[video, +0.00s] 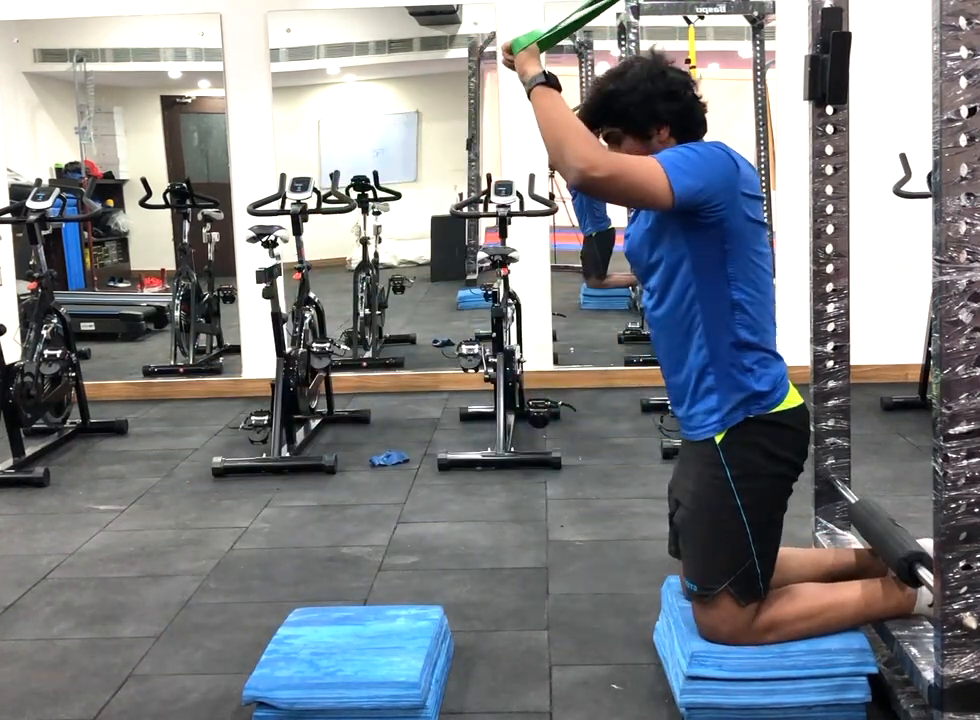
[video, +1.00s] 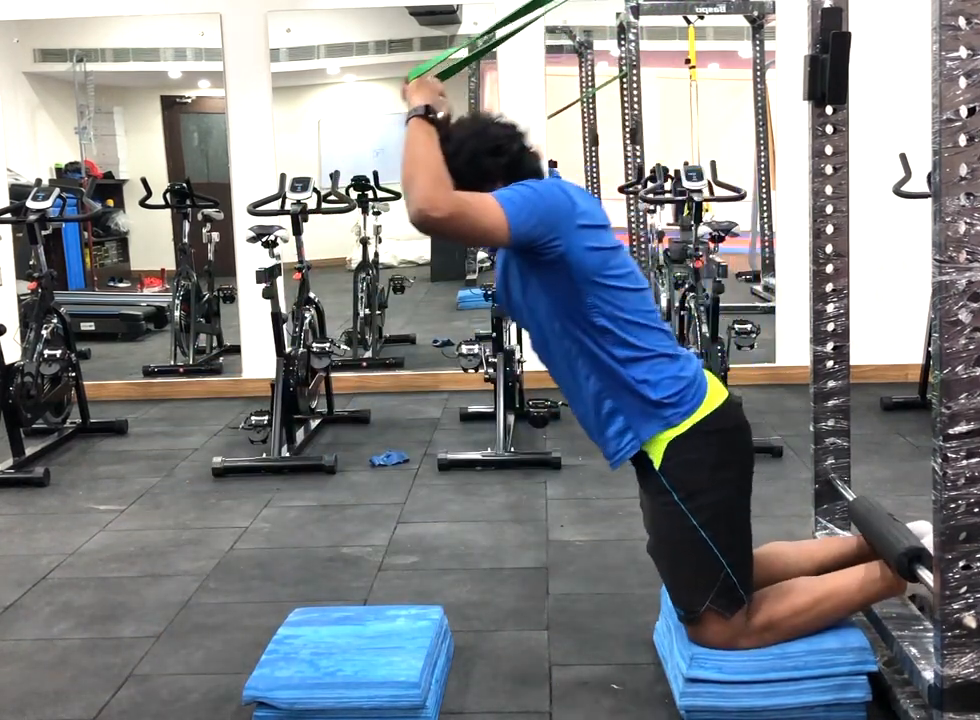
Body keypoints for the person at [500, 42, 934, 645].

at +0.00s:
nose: (611, 158)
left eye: (617, 143)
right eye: (606, 145)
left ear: (660, 133)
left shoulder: (710, 167)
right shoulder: (670, 193)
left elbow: (589, 168)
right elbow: (583, 168)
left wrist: (535, 78)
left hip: (747, 426)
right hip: (712, 426)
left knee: (728, 621)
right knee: (705, 577)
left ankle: (901, 593)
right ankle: (872, 560)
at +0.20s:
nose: (604, 161)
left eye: (609, 146)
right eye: (598, 149)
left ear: (650, 136)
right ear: (653, 141)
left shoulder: (702, 169)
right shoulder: (663, 196)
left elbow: (582, 169)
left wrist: (530, 78)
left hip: (741, 426)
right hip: (706, 427)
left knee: (725, 621)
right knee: (705, 577)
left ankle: (901, 592)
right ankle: (870, 560)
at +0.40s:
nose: (582, 164)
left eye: (587, 149)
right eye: (577, 151)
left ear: (626, 138)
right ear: (632, 141)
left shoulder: (680, 173)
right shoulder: (651, 191)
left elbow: (559, 172)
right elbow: (556, 172)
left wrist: (511, 81)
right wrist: (512, 88)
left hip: (731, 428)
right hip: (697, 428)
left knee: (722, 620)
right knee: (702, 575)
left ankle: (905, 582)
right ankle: (865, 555)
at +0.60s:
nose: (547, 176)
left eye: (548, 161)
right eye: (541, 163)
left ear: (582, 145)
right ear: (591, 146)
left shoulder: (644, 180)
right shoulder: (620, 197)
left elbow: (520, 181)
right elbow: (525, 190)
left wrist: (482, 85)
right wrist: (487, 92)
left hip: (718, 432)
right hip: (689, 432)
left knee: (721, 623)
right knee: (709, 578)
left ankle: (903, 579)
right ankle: (867, 548)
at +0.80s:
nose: (504, 188)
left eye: (507, 172)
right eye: (499, 173)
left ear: (544, 161)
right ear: (553, 157)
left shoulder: (601, 187)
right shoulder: (584, 201)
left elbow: (472, 190)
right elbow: (480, 192)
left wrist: (448, 96)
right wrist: (459, 102)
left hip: (703, 433)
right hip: (677, 433)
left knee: (721, 626)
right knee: (713, 579)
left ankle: (902, 576)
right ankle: (866, 547)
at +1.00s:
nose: (457, 205)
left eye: (458, 193)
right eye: (450, 193)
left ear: (484, 185)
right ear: (510, 159)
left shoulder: (550, 203)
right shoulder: (538, 216)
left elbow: (433, 207)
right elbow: (443, 206)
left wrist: (419, 115)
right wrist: (430, 120)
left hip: (687, 435)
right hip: (670, 433)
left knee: (723, 627)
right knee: (715, 580)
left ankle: (901, 576)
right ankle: (871, 542)